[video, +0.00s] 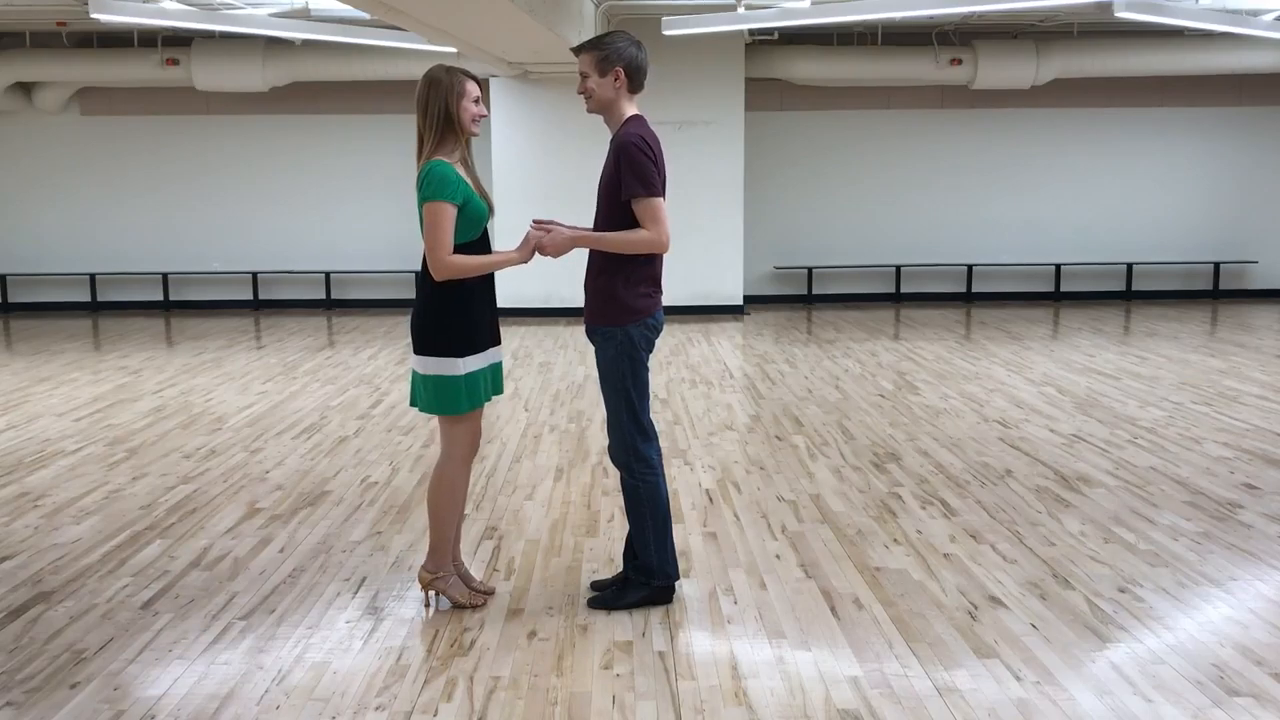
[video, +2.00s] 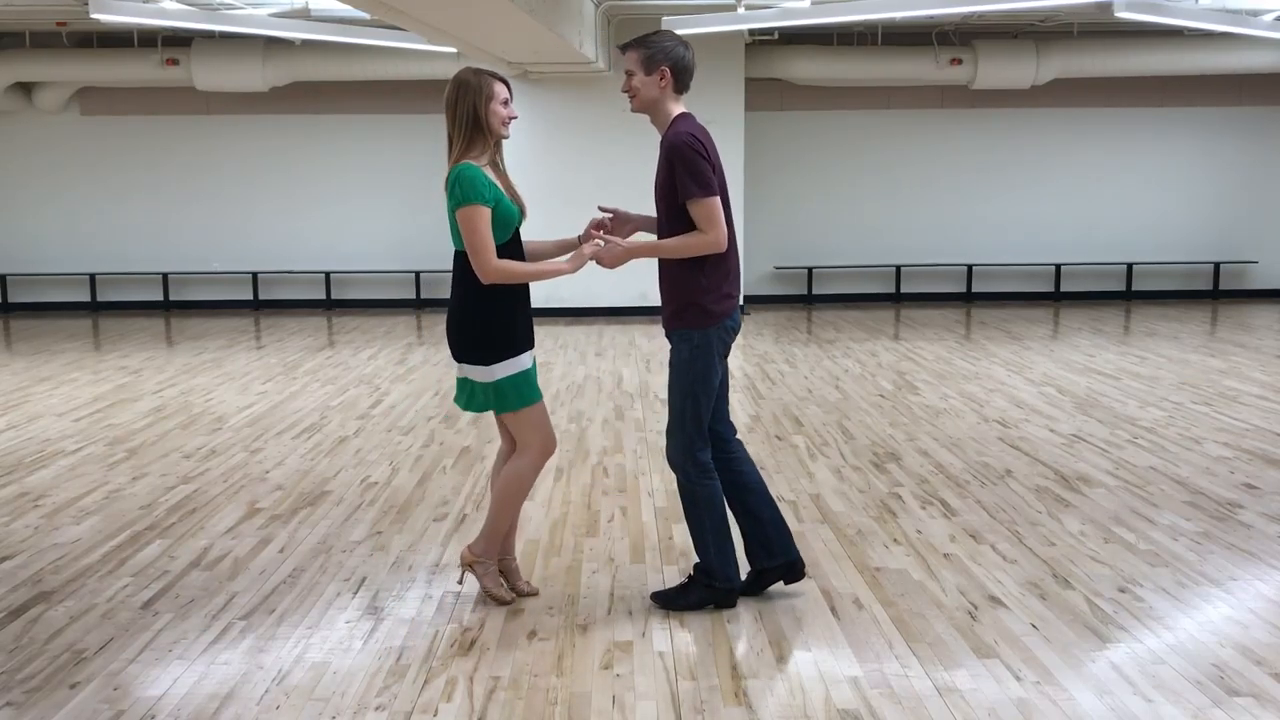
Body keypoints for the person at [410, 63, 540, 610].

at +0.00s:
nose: (482, 110)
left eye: (481, 101)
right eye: (472, 101)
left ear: (465, 108)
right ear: (445, 107)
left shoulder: (457, 171)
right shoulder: (441, 175)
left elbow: (461, 257)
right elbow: (440, 265)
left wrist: (519, 251)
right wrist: (514, 256)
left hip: (464, 327)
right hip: (449, 331)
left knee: (462, 445)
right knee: (458, 446)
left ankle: (451, 559)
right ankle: (438, 564)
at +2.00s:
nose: (511, 111)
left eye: (510, 102)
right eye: (502, 102)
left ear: (490, 111)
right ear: (476, 110)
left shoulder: (487, 171)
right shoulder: (469, 177)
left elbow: (515, 250)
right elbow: (487, 269)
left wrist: (575, 243)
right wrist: (566, 266)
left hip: (499, 326)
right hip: (489, 332)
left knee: (513, 443)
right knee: (539, 442)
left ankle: (504, 553)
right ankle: (483, 551)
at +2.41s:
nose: (494, 111)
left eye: (493, 102)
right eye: (484, 102)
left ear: (478, 108)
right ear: (458, 109)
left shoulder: (473, 173)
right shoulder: (451, 176)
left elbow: (490, 255)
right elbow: (476, 262)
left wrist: (549, 247)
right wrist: (541, 232)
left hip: (480, 325)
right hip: (463, 328)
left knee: (495, 443)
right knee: (486, 446)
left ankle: (430, 546)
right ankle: (476, 565)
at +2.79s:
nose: (463, 115)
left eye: (461, 106)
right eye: (454, 106)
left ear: (441, 113)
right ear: (426, 114)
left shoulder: (437, 175)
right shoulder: (416, 180)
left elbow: (442, 262)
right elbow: (418, 270)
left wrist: (494, 265)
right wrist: (488, 267)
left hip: (439, 331)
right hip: (430, 336)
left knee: (444, 447)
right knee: (471, 447)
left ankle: (419, 562)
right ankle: (410, 552)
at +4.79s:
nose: (477, 111)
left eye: (475, 102)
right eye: (466, 102)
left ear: (459, 111)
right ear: (440, 111)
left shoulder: (455, 173)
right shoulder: (433, 177)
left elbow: (479, 251)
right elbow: (466, 261)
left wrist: (535, 229)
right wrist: (529, 233)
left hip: (468, 327)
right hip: (449, 330)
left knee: (482, 443)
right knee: (478, 446)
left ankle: (420, 544)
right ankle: (460, 562)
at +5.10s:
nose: (450, 113)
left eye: (447, 104)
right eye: (439, 105)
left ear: (428, 113)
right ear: (412, 114)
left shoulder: (426, 176)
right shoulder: (403, 180)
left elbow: (435, 263)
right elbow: (405, 273)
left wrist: (486, 271)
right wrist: (478, 275)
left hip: (430, 332)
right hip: (421, 338)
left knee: (437, 446)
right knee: (465, 445)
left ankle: (411, 560)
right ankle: (405, 550)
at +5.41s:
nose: (432, 113)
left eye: (430, 104)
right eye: (422, 105)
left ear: (409, 114)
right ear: (396, 113)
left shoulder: (410, 177)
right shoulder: (388, 180)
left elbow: (410, 263)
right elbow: (369, 267)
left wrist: (460, 265)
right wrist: (443, 277)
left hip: (414, 334)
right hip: (386, 336)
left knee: (446, 442)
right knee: (382, 452)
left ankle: (410, 554)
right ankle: (337, 567)